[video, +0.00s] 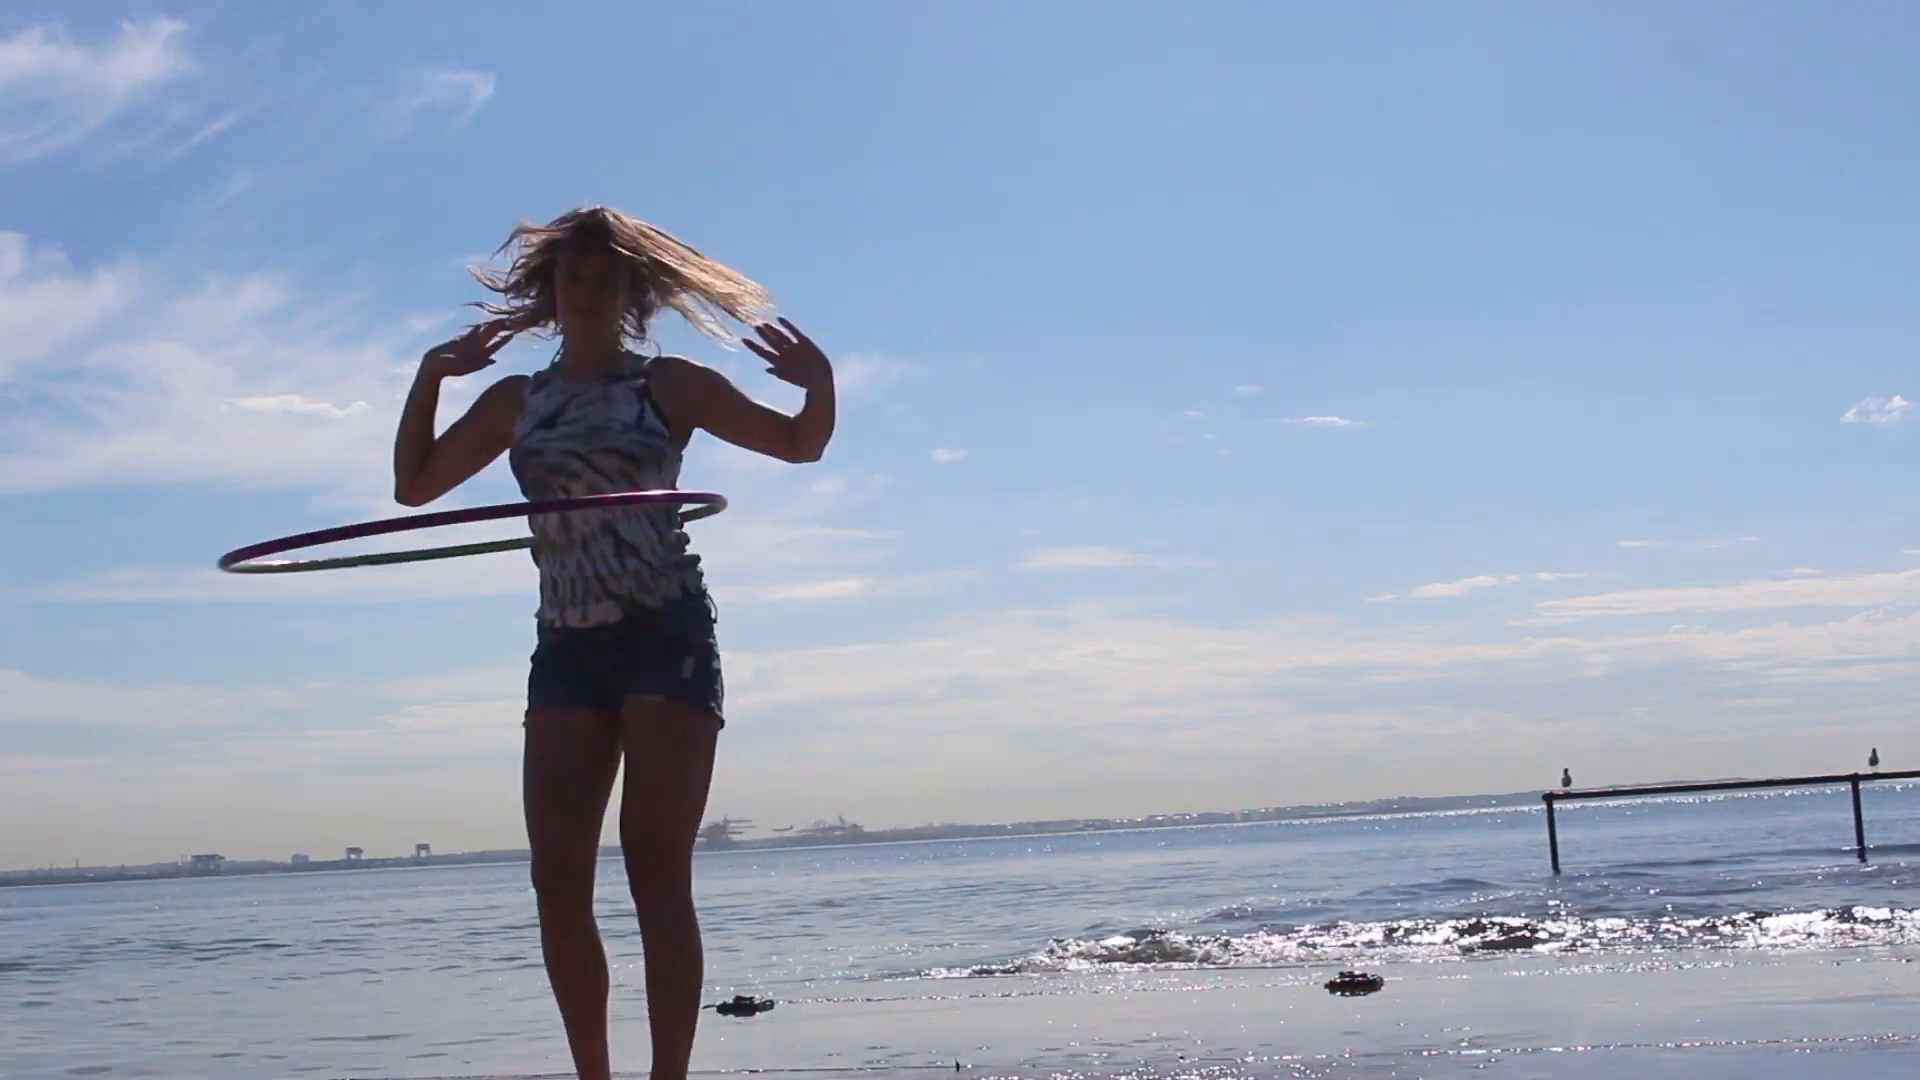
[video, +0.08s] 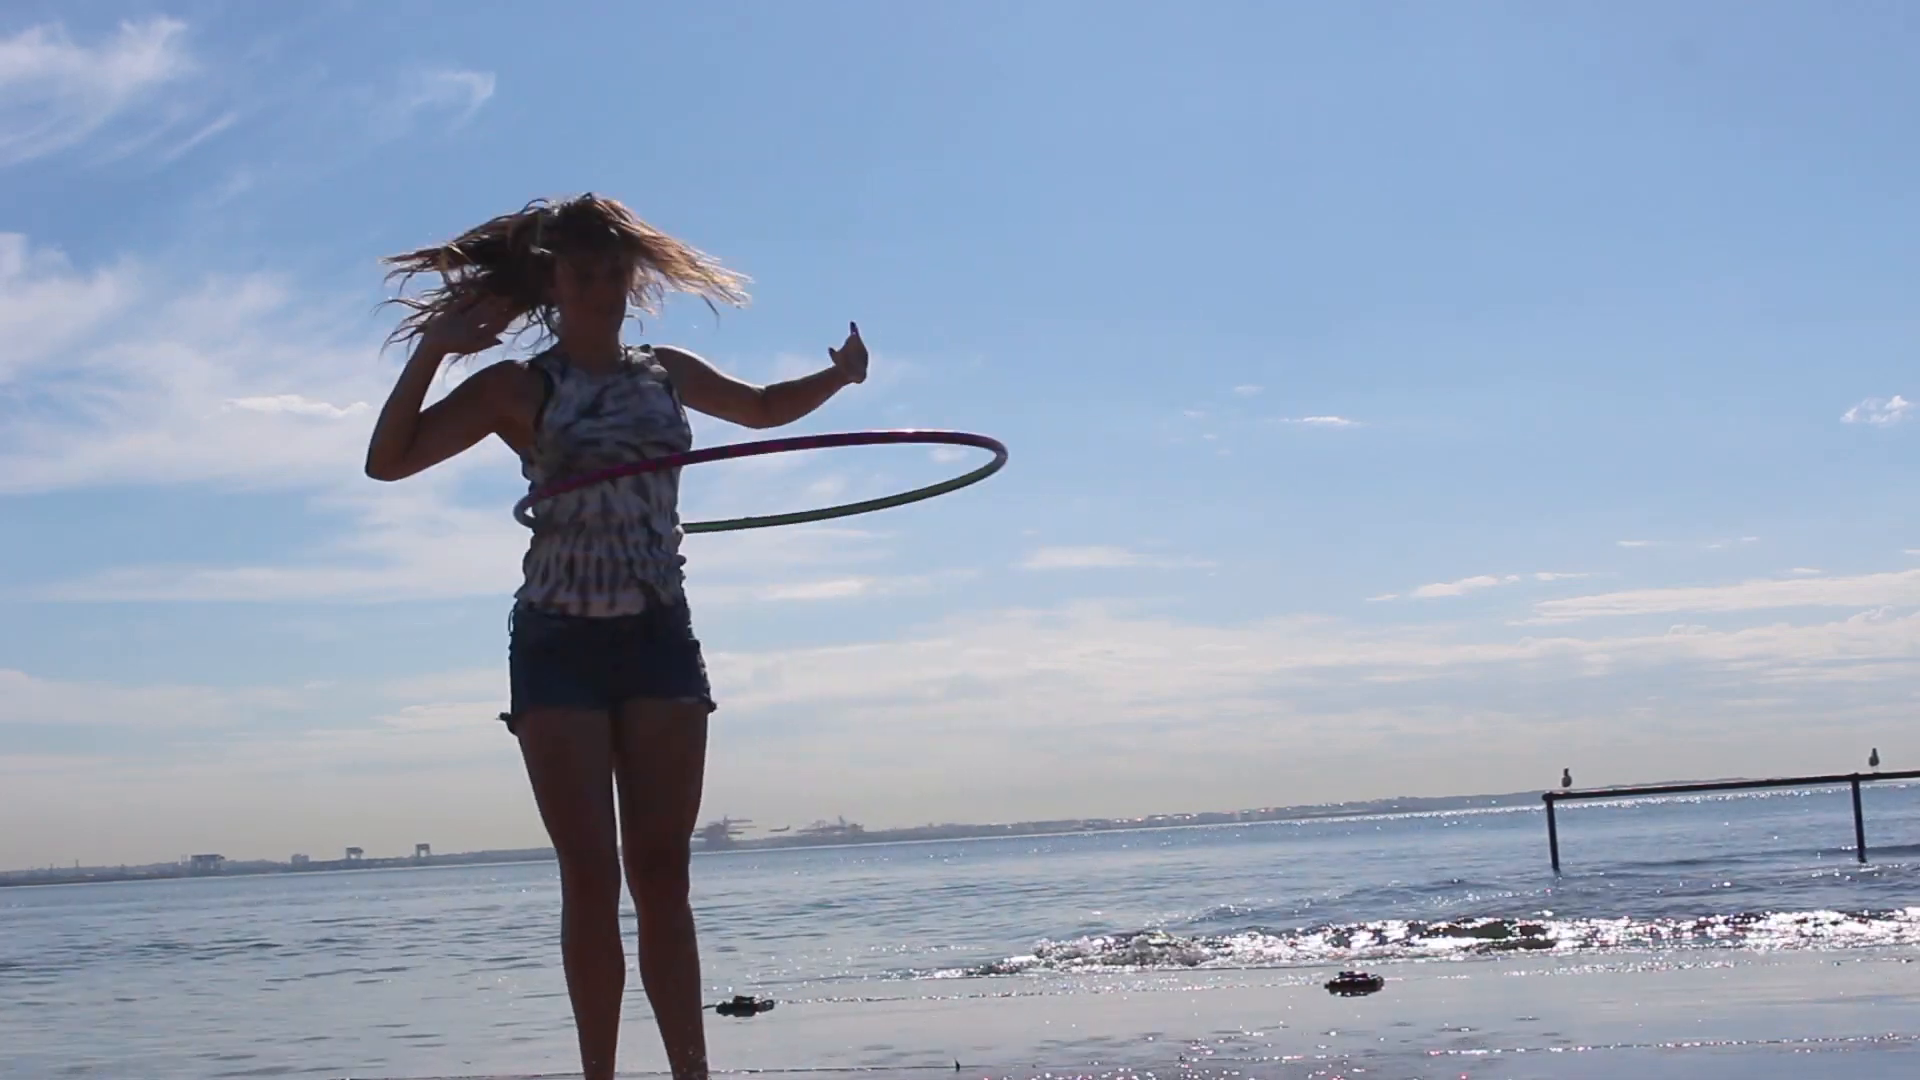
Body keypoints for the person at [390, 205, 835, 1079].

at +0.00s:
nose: (585, 288)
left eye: (601, 275)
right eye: (571, 274)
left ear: (630, 289)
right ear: (548, 287)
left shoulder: (671, 384)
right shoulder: (517, 400)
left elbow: (800, 445)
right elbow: (415, 483)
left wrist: (821, 380)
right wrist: (430, 373)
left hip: (666, 635)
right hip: (568, 643)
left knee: (656, 877)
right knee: (558, 884)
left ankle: (669, 1075)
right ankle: (594, 1075)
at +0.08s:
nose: (608, 280)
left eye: (618, 265)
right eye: (588, 266)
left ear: (635, 276)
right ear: (552, 279)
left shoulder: (666, 373)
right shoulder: (516, 387)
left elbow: (764, 408)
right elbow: (387, 458)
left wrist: (839, 372)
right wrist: (435, 343)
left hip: (660, 637)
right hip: (557, 642)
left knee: (663, 875)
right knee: (591, 878)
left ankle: (691, 1069)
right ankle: (600, 1074)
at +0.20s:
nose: (679, 347)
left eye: (687, 337)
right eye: (679, 331)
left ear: (633, 311)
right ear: (638, 313)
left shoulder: (602, 387)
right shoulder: (561, 378)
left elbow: (634, 410)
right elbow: (458, 418)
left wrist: (702, 378)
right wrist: (554, 354)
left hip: (622, 645)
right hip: (587, 644)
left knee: (666, 866)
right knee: (592, 872)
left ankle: (651, 1072)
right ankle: (519, 1072)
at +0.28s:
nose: (674, 385)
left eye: (682, 373)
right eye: (679, 365)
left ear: (631, 337)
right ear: (651, 338)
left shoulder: (549, 399)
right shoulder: (607, 387)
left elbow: (474, 456)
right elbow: (547, 398)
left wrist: (532, 413)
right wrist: (599, 359)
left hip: (576, 663)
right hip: (637, 657)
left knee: (640, 892)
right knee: (608, 893)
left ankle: (629, 1073)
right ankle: (513, 1073)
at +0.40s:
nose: (506, 395)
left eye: (503, 384)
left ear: (519, 379)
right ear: (574, 340)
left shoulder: (529, 442)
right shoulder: (661, 401)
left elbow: (412, 505)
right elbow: (764, 408)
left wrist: (417, 410)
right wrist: (729, 336)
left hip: (550, 682)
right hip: (646, 677)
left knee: (610, 893)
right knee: (708, 883)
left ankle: (620, 1067)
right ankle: (624, 1051)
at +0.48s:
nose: (523, 403)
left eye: (522, 391)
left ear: (538, 385)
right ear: (598, 357)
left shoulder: (561, 449)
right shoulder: (697, 416)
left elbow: (504, 525)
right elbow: (826, 437)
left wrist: (414, 449)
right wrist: (753, 365)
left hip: (568, 682)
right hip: (669, 678)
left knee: (606, 898)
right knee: (672, 880)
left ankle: (620, 1073)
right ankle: (701, 1052)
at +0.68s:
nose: (652, 271)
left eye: (671, 277)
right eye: (666, 265)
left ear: (677, 315)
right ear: (638, 300)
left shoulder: (667, 383)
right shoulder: (583, 380)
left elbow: (761, 421)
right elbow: (562, 425)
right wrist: (503, 348)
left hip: (684, 643)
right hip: (611, 654)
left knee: (654, 860)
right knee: (614, 866)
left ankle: (649, 1070)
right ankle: (695, 1067)